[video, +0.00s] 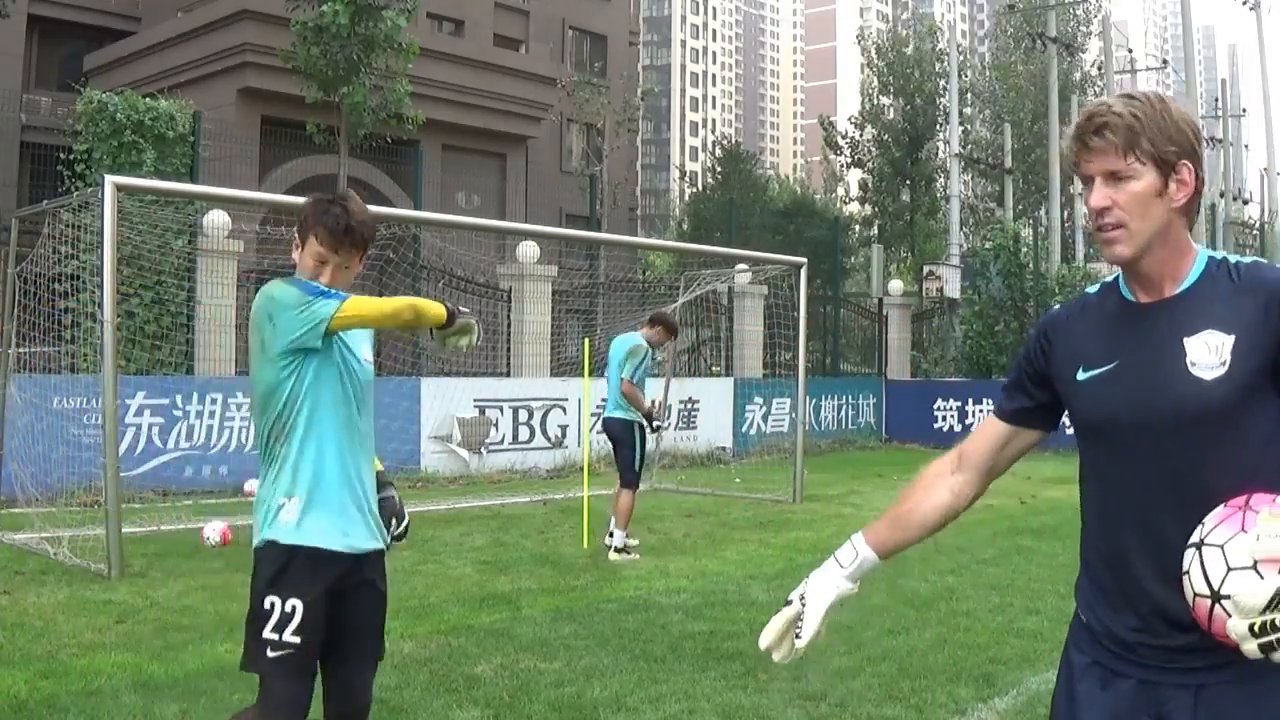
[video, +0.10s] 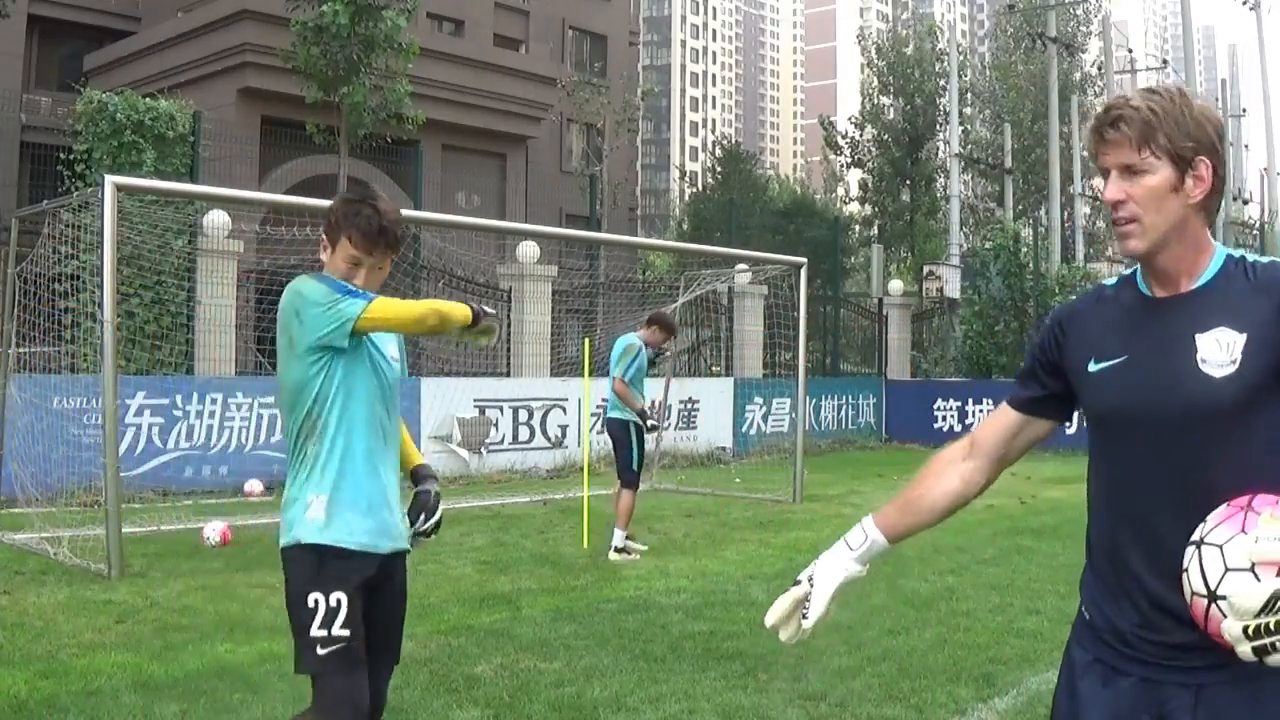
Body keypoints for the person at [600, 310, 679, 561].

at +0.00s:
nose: (664, 344)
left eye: (667, 340)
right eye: (665, 338)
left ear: (649, 326)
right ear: (656, 328)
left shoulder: (621, 340)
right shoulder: (641, 348)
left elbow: (617, 384)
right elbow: (626, 387)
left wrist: (645, 407)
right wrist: (647, 412)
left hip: (612, 418)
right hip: (627, 420)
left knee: (625, 480)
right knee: (630, 484)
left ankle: (614, 530)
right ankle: (618, 545)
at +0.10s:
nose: (662, 345)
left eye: (665, 341)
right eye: (664, 339)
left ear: (650, 328)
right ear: (653, 329)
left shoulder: (627, 342)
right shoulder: (636, 347)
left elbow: (626, 376)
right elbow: (619, 385)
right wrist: (642, 412)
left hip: (619, 418)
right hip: (625, 420)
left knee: (625, 482)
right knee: (630, 484)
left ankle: (622, 535)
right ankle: (618, 545)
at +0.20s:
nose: (660, 341)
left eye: (662, 337)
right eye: (660, 335)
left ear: (651, 331)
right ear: (647, 328)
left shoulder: (641, 351)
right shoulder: (628, 346)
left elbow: (660, 375)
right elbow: (607, 384)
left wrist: (665, 349)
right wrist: (633, 409)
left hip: (630, 421)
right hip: (621, 421)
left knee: (633, 483)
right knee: (633, 484)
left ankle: (623, 537)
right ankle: (618, 544)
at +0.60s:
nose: (649, 325)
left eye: (650, 320)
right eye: (644, 320)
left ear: (652, 322)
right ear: (630, 323)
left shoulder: (653, 343)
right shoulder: (613, 348)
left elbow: (680, 346)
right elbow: (599, 382)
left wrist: (658, 319)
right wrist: (610, 408)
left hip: (644, 420)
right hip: (621, 420)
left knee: (636, 478)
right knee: (629, 478)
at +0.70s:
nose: (647, 324)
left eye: (646, 320)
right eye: (642, 320)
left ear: (646, 323)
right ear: (628, 324)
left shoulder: (651, 342)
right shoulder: (618, 343)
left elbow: (672, 341)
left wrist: (653, 319)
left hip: (644, 414)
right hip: (619, 415)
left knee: (640, 465)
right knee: (619, 463)